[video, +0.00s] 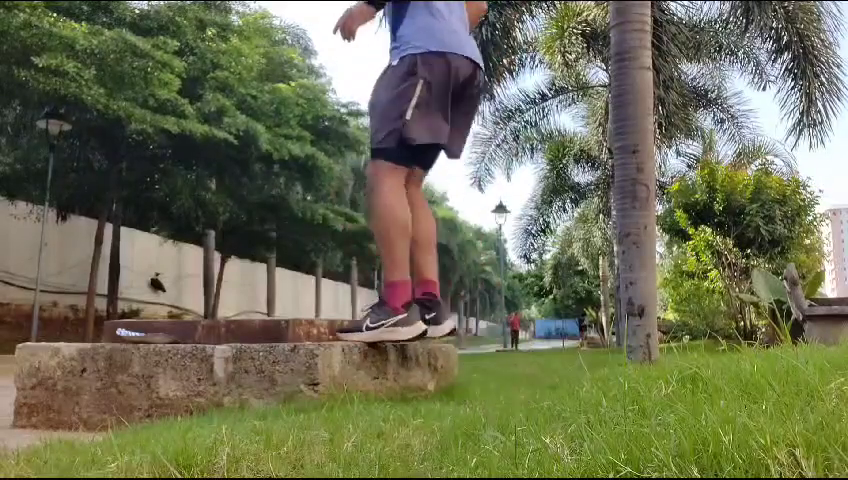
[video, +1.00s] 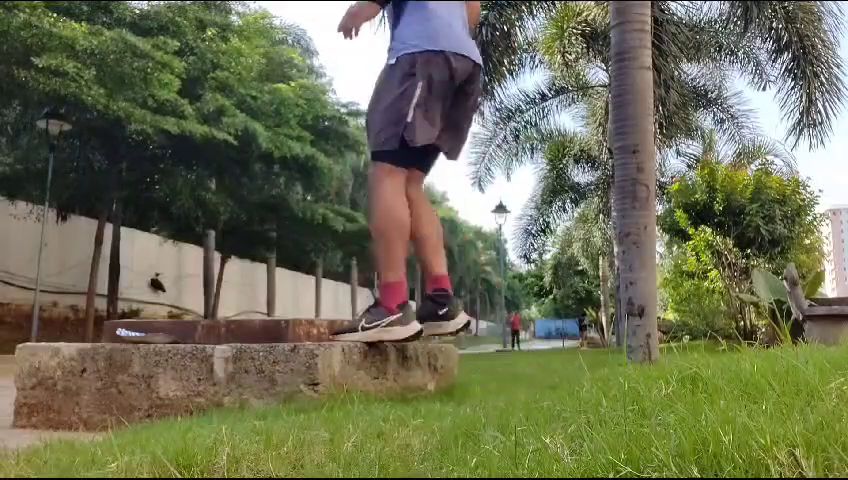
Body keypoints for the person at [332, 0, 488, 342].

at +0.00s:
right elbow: (478, 5)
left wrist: (366, 7)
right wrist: (442, 37)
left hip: (423, 50)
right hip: (467, 59)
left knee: (385, 174)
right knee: (412, 183)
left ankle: (394, 306)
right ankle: (430, 305)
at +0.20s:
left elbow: (354, 9)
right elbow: (493, 2)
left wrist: (361, 2)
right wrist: (452, 31)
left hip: (435, 55)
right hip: (466, 62)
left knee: (405, 187)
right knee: (407, 187)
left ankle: (462, 315)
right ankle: (419, 304)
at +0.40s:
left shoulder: (415, 5)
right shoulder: (470, 6)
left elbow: (430, 4)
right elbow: (514, 37)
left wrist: (390, 39)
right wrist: (480, 93)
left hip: (447, 122)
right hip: (480, 124)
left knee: (448, 256)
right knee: (382, 220)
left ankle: (502, 380)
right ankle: (469, 299)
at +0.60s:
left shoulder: (424, 3)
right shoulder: (476, 11)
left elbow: (456, 2)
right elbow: (501, 62)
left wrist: (397, 46)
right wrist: (453, 86)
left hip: (441, 115)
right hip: (487, 129)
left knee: (377, 234)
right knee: (446, 255)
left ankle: (467, 328)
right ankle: (507, 371)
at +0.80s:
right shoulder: (453, 13)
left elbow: (431, 0)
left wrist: (391, 31)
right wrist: (402, 79)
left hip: (431, 80)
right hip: (475, 96)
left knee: (344, 181)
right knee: (457, 228)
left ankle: (385, 297)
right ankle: (497, 352)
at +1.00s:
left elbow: (375, 5)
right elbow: (473, 10)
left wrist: (361, 10)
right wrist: (450, 42)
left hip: (419, 49)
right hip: (467, 57)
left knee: (387, 173)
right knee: (413, 182)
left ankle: (391, 306)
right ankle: (440, 301)